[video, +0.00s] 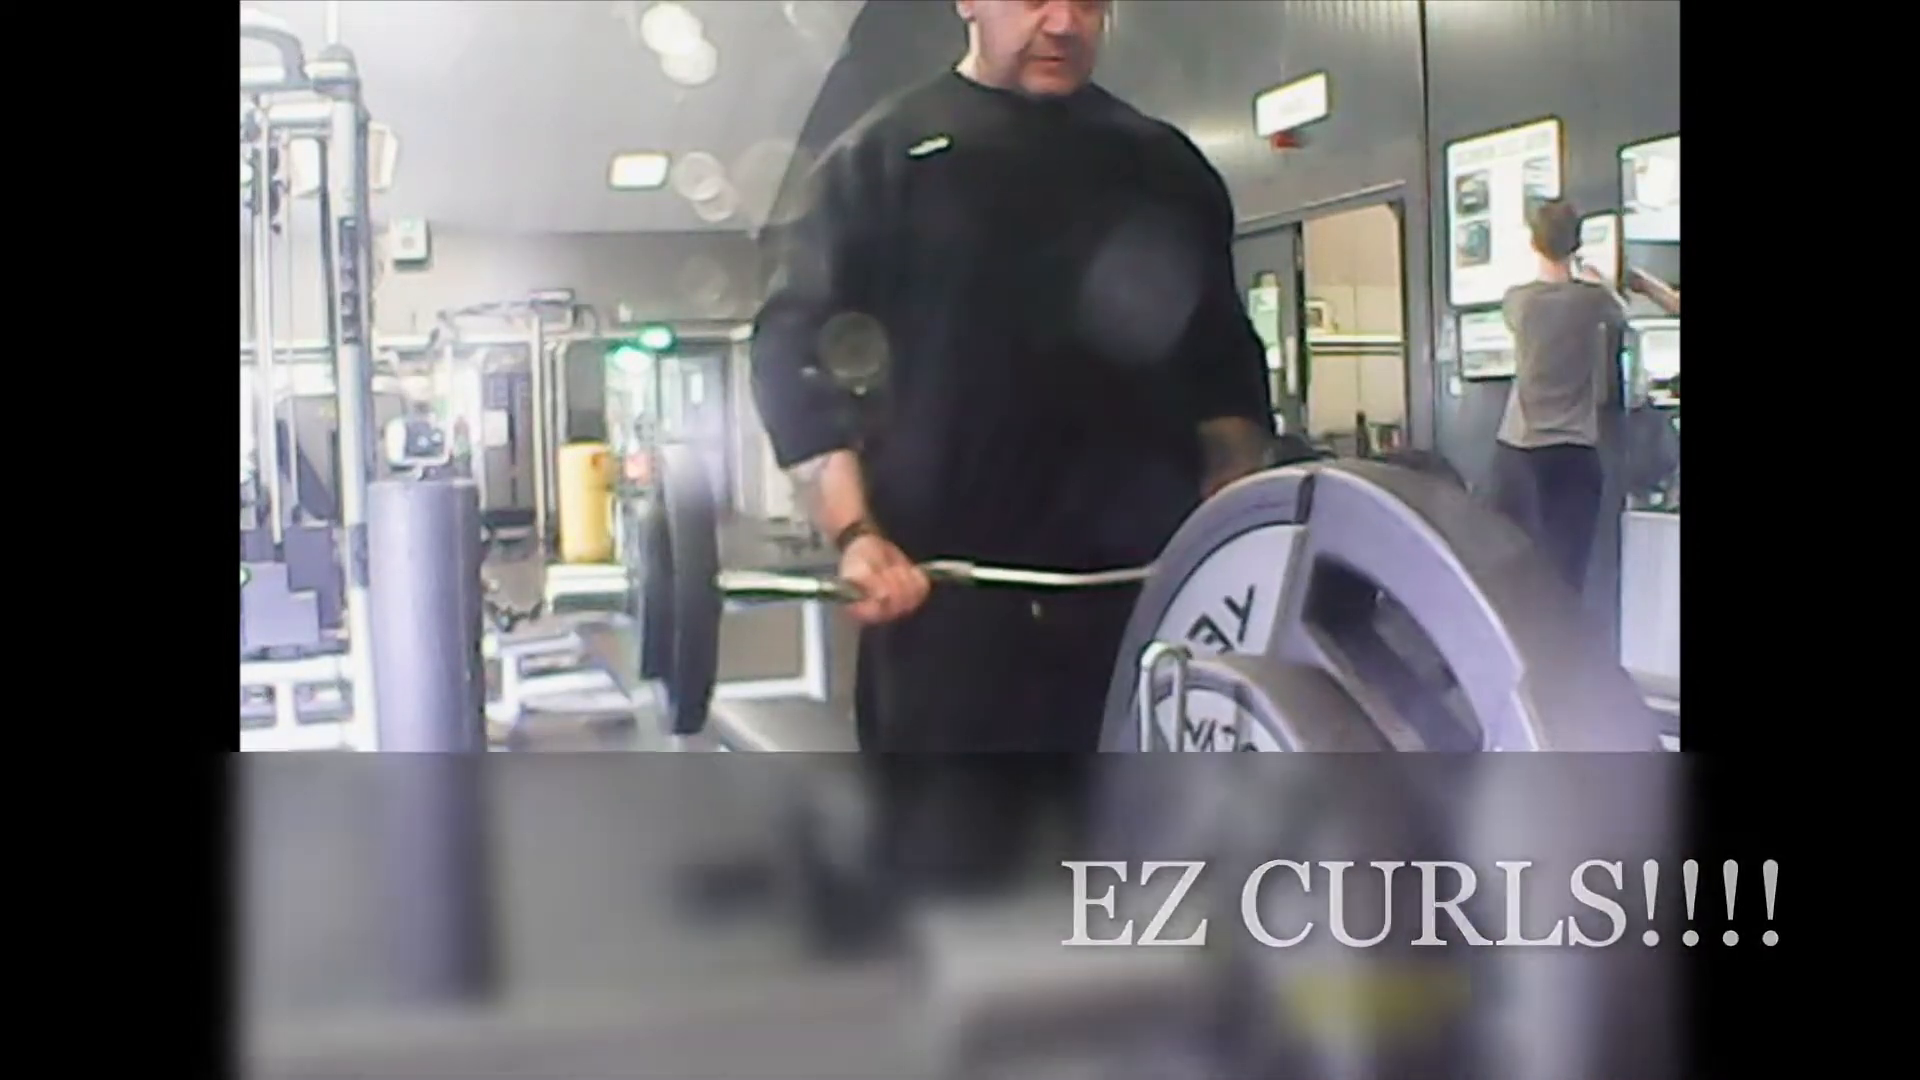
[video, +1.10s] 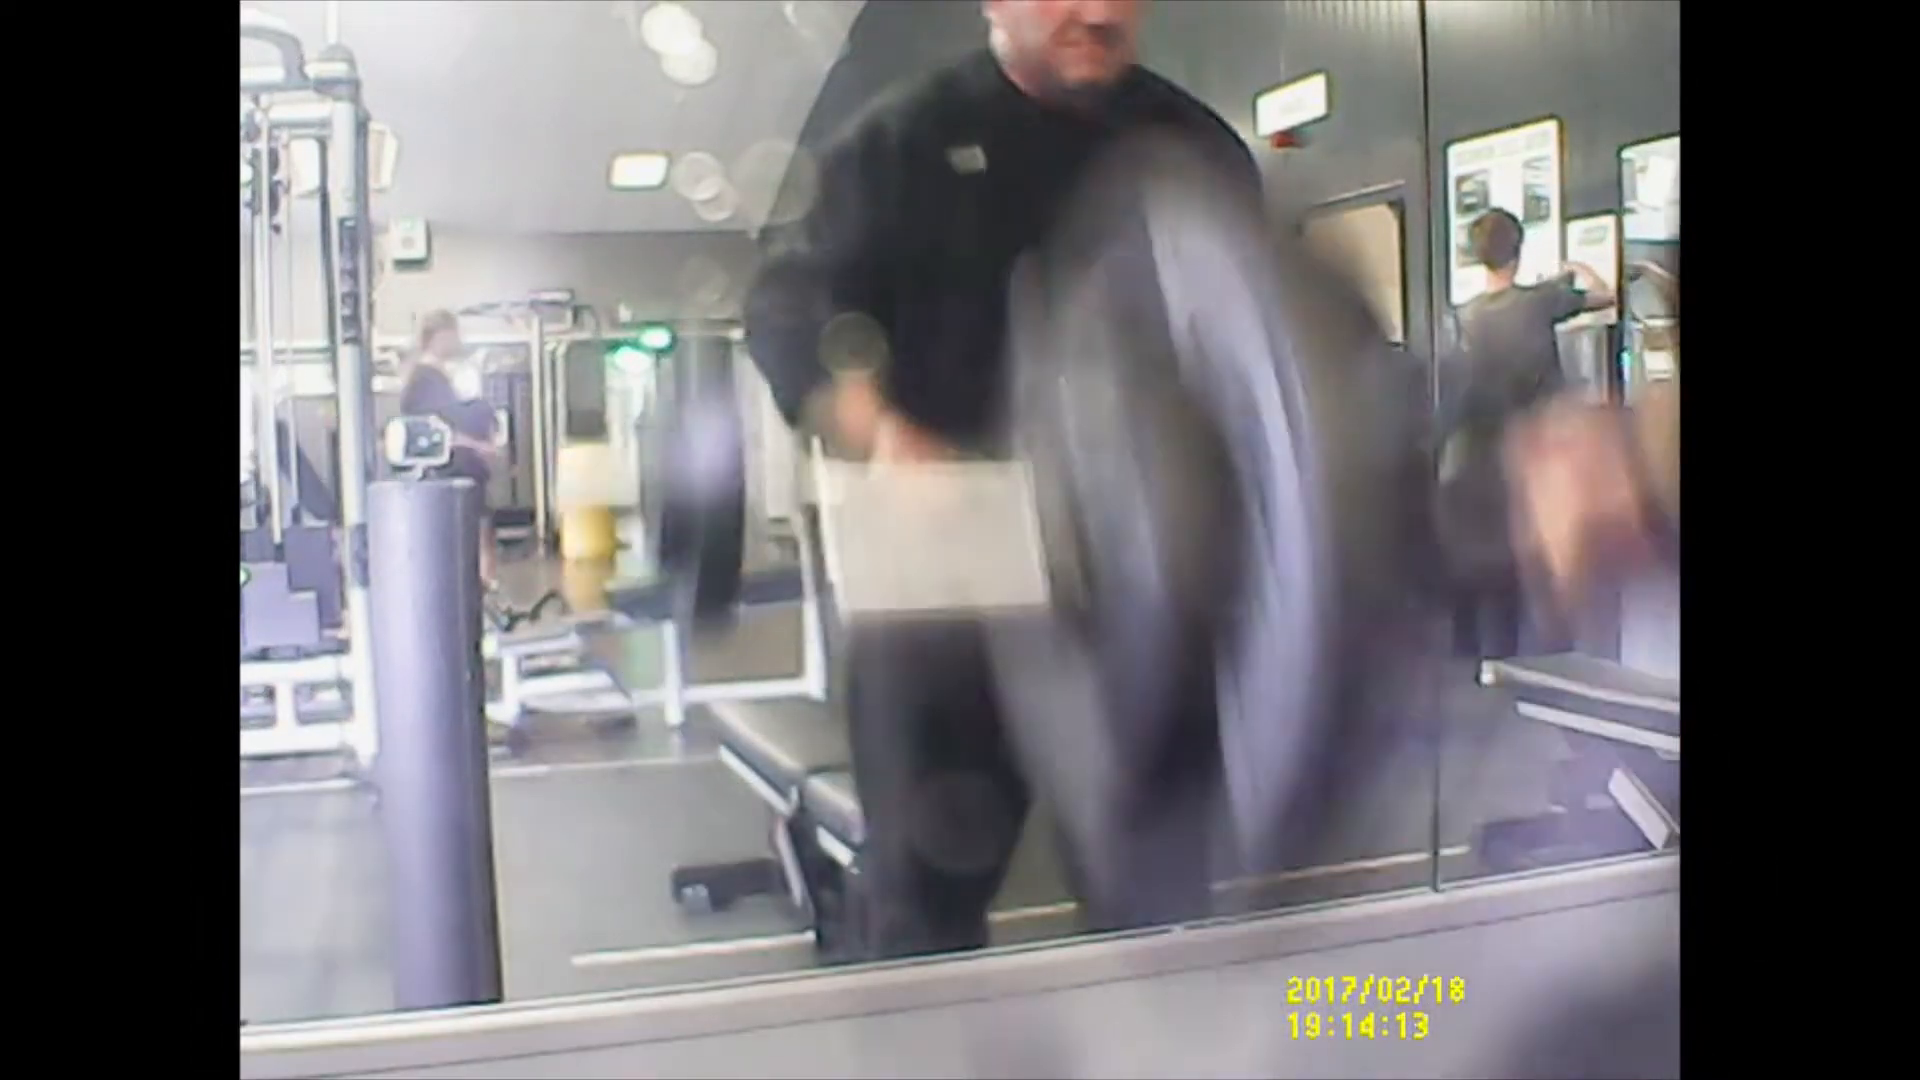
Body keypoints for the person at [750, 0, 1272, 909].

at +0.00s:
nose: (1063, 22)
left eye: (1085, 2)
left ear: (1108, 15)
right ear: (973, 6)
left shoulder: (1168, 168)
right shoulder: (882, 158)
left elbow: (1228, 384)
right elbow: (792, 343)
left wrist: (1236, 552)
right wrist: (853, 532)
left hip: (1131, 626)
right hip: (946, 624)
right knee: (946, 945)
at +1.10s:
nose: (1091, 13)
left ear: (1140, 10)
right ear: (997, 10)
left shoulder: (1194, 148)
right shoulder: (903, 141)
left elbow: (1253, 343)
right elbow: (783, 309)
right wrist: (875, 431)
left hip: (1138, 539)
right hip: (941, 548)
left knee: (1158, 865)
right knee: (929, 868)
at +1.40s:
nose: (1061, 33)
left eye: (1081, 9)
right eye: (1028, 8)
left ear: (1107, 20)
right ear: (965, 15)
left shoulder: (1164, 154)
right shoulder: (894, 145)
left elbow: (1257, 339)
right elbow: (785, 336)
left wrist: (1266, 188)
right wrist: (875, 180)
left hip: (1155, 592)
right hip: (963, 601)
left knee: (1186, 947)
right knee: (935, 956)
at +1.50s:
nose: (1065, 39)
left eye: (1085, 14)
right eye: (1034, 14)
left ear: (1110, 22)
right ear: (968, 19)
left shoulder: (1165, 160)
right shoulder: (899, 152)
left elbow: (1252, 336)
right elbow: (789, 341)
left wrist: (1261, 185)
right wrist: (872, 177)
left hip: (1154, 590)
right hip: (963, 597)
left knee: (1185, 944)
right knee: (938, 952)